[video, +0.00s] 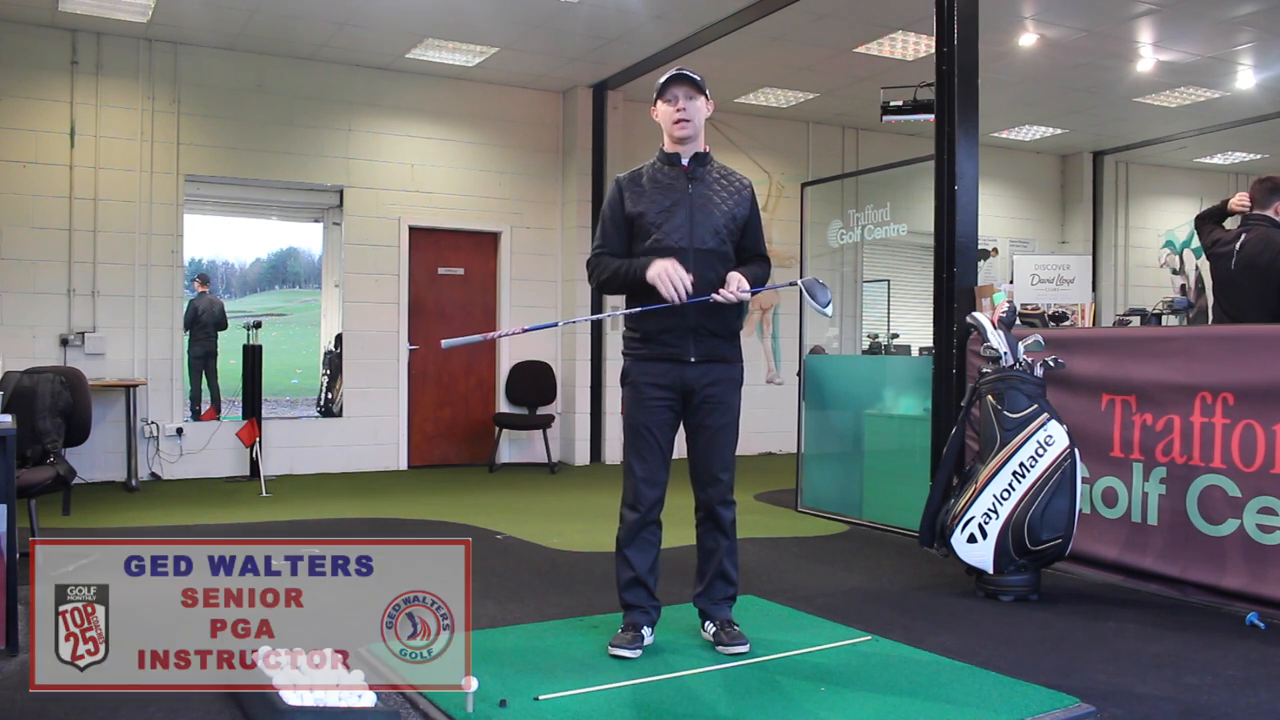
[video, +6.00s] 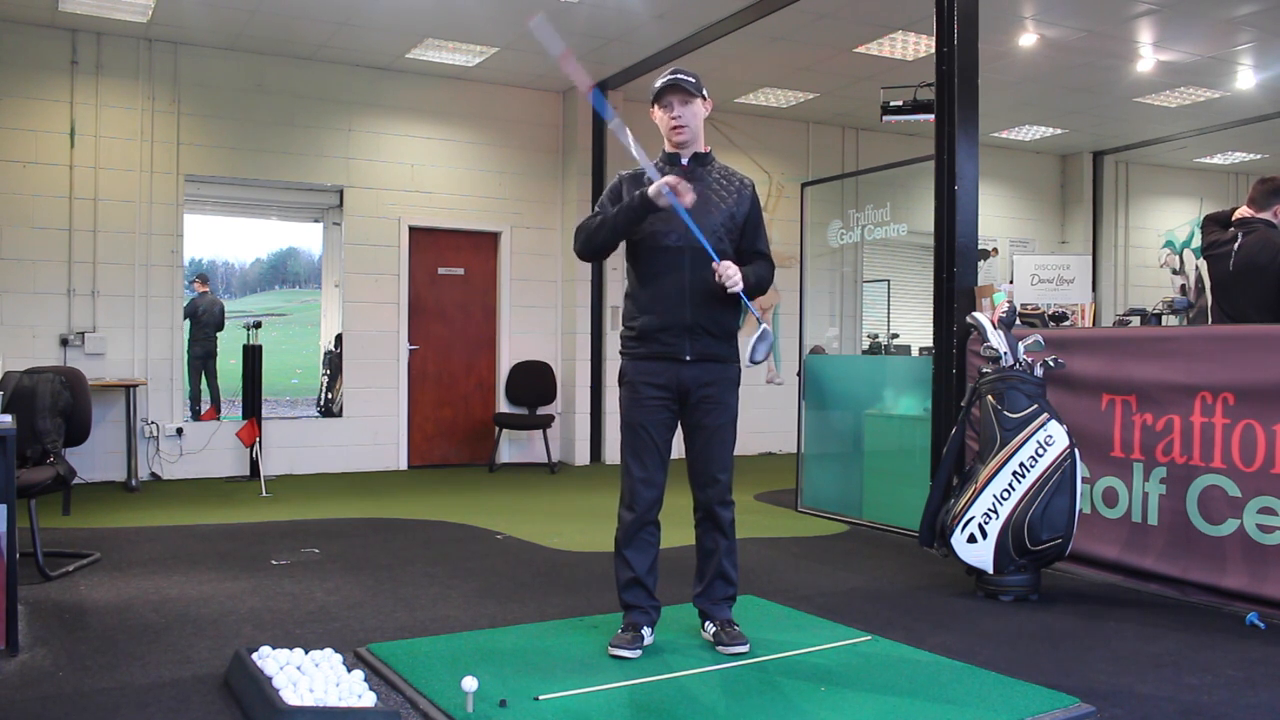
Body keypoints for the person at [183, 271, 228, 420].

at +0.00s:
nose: (194, 285)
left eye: (195, 283)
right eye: (194, 283)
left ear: (199, 284)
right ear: (207, 285)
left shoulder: (194, 302)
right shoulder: (218, 302)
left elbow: (186, 324)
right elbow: (224, 325)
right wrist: (211, 325)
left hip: (196, 346)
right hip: (212, 346)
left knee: (195, 382)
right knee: (213, 381)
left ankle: (196, 414)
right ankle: (216, 412)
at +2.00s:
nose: (192, 286)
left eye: (193, 284)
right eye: (193, 284)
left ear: (197, 285)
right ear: (206, 284)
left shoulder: (195, 303)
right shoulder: (217, 301)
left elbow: (190, 326)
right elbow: (219, 322)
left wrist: (185, 332)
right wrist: (208, 327)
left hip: (197, 344)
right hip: (212, 343)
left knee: (195, 382)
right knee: (213, 381)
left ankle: (196, 414)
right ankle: (216, 411)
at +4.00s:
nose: (191, 287)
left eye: (193, 285)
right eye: (192, 285)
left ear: (198, 285)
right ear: (205, 285)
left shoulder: (195, 302)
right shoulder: (218, 301)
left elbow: (186, 325)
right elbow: (224, 324)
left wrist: (196, 319)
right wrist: (210, 326)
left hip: (197, 345)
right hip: (212, 345)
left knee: (194, 382)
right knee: (213, 381)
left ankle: (195, 414)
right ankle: (216, 412)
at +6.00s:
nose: (194, 286)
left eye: (195, 284)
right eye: (194, 284)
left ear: (201, 284)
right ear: (207, 285)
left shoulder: (196, 302)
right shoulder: (218, 303)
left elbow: (182, 316)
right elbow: (220, 326)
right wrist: (207, 327)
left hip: (196, 343)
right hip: (211, 343)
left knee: (195, 382)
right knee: (212, 381)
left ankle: (195, 414)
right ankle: (216, 412)